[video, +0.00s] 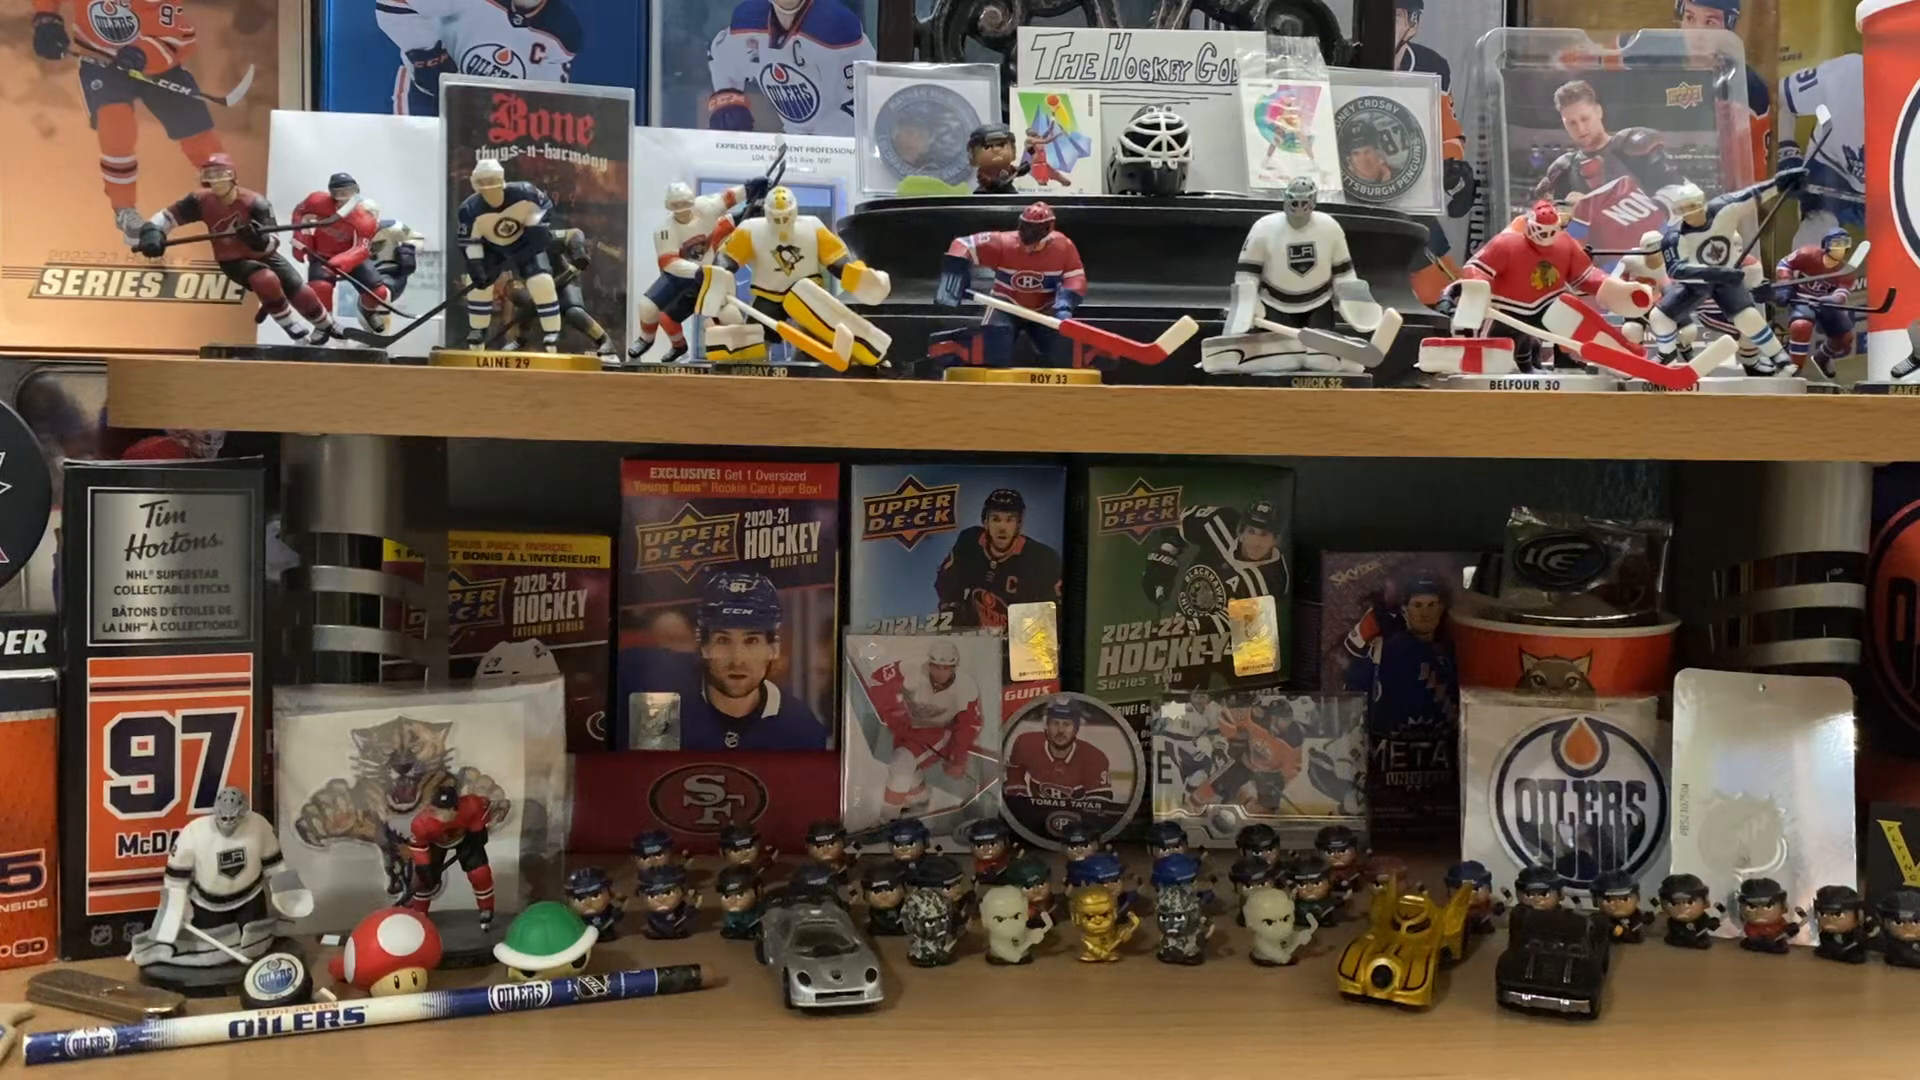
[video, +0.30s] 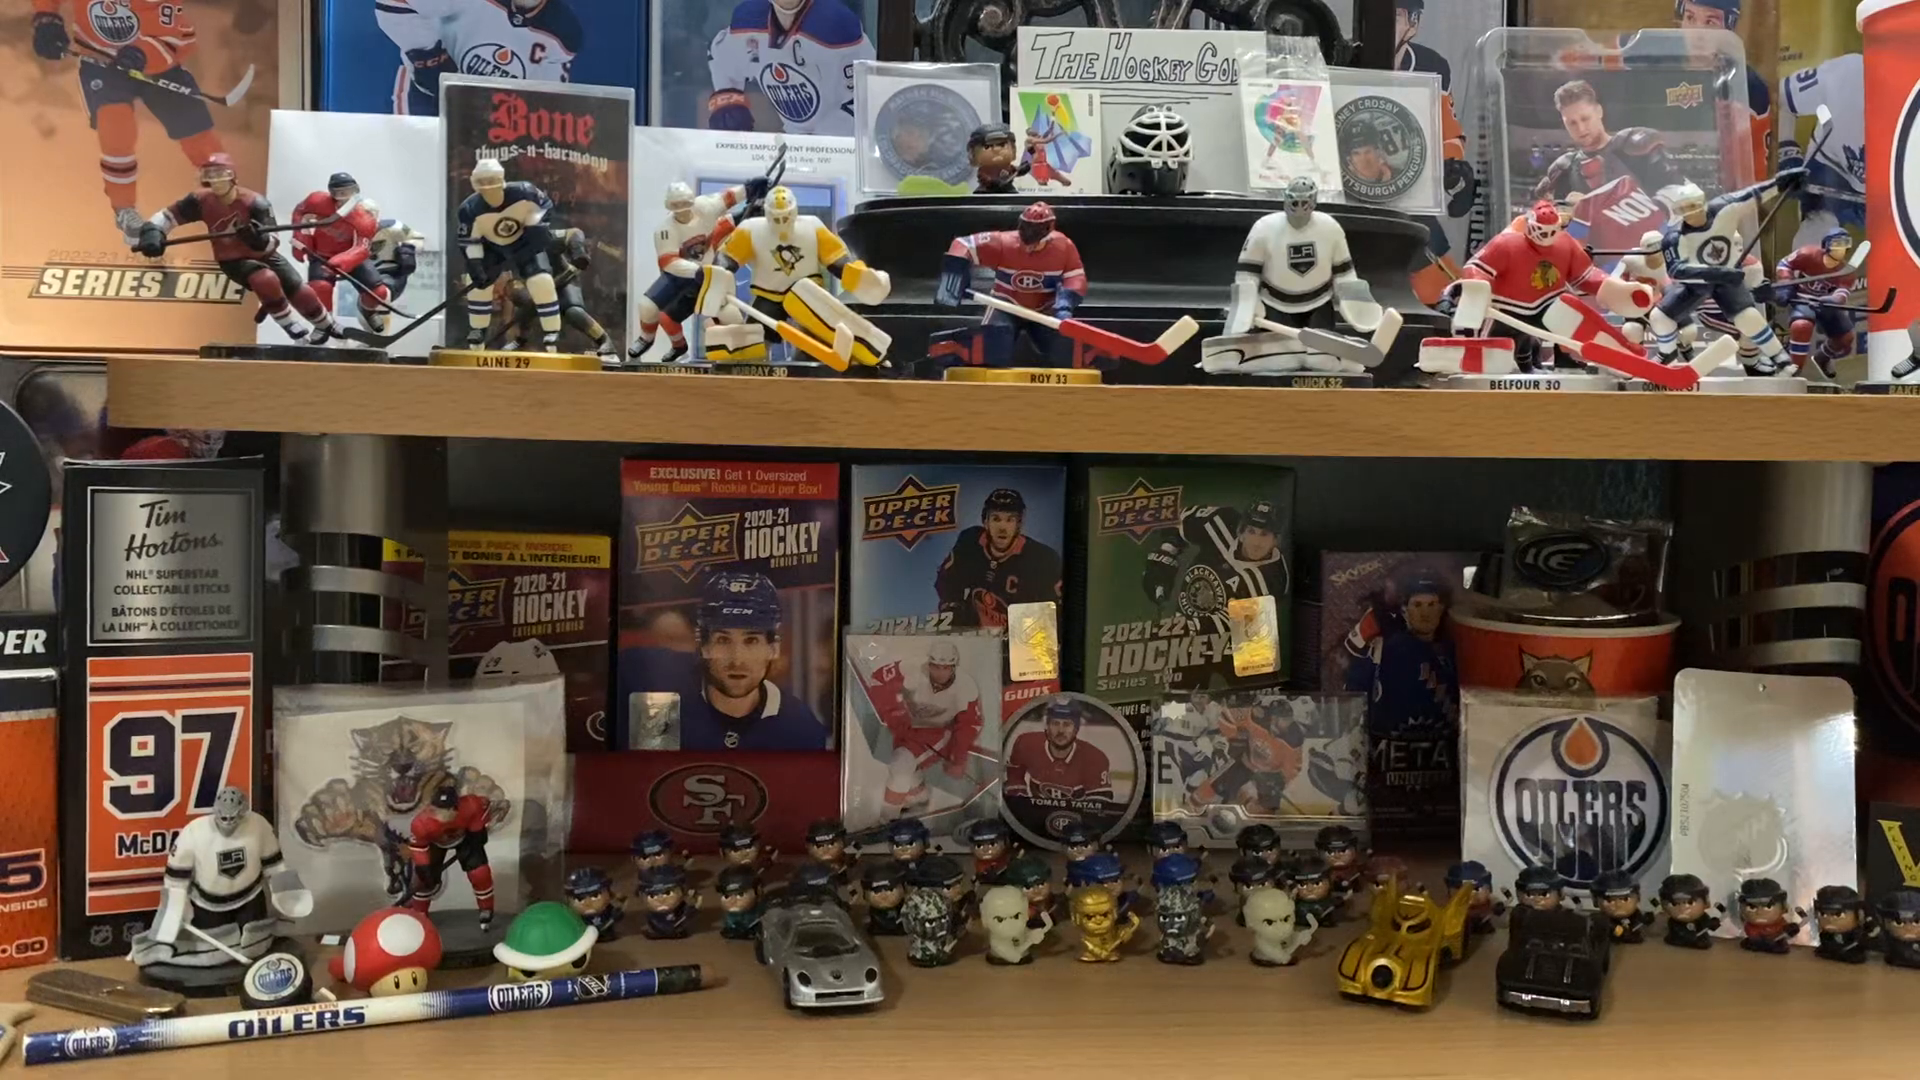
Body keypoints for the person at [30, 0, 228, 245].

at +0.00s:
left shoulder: (161, 6)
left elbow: (179, 38)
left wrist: (142, 53)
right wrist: (46, 18)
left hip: (158, 62)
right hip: (100, 61)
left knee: (203, 144)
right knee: (118, 127)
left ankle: (230, 202)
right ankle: (125, 211)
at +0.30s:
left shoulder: (161, 7)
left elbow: (177, 38)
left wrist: (141, 53)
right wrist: (46, 18)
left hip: (158, 62)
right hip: (100, 62)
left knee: (204, 145)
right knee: (118, 127)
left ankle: (231, 202)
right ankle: (125, 211)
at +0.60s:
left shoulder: (161, 7)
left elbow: (180, 39)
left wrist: (143, 54)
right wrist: (46, 18)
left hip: (157, 61)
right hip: (100, 61)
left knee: (203, 143)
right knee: (118, 127)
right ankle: (125, 211)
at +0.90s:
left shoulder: (160, 6)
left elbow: (180, 39)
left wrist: (142, 54)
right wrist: (46, 18)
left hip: (156, 61)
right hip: (99, 61)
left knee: (203, 144)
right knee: (118, 127)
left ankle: (230, 204)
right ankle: (125, 211)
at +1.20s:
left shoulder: (161, 6)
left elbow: (178, 39)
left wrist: (142, 54)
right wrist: (46, 17)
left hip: (156, 61)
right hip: (100, 61)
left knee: (203, 143)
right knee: (118, 127)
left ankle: (231, 204)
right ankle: (125, 211)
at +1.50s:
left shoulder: (161, 7)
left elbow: (176, 39)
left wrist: (142, 54)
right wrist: (46, 18)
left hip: (156, 61)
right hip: (100, 61)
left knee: (202, 142)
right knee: (118, 127)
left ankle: (231, 203)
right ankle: (125, 211)